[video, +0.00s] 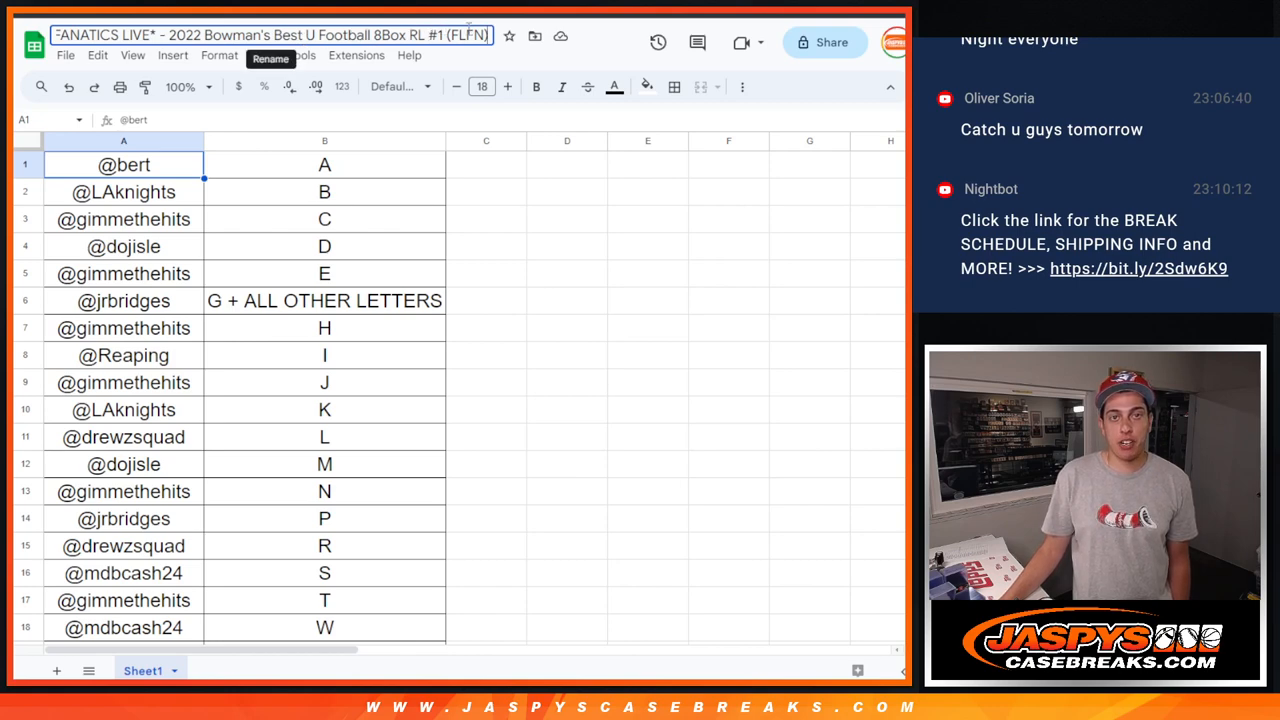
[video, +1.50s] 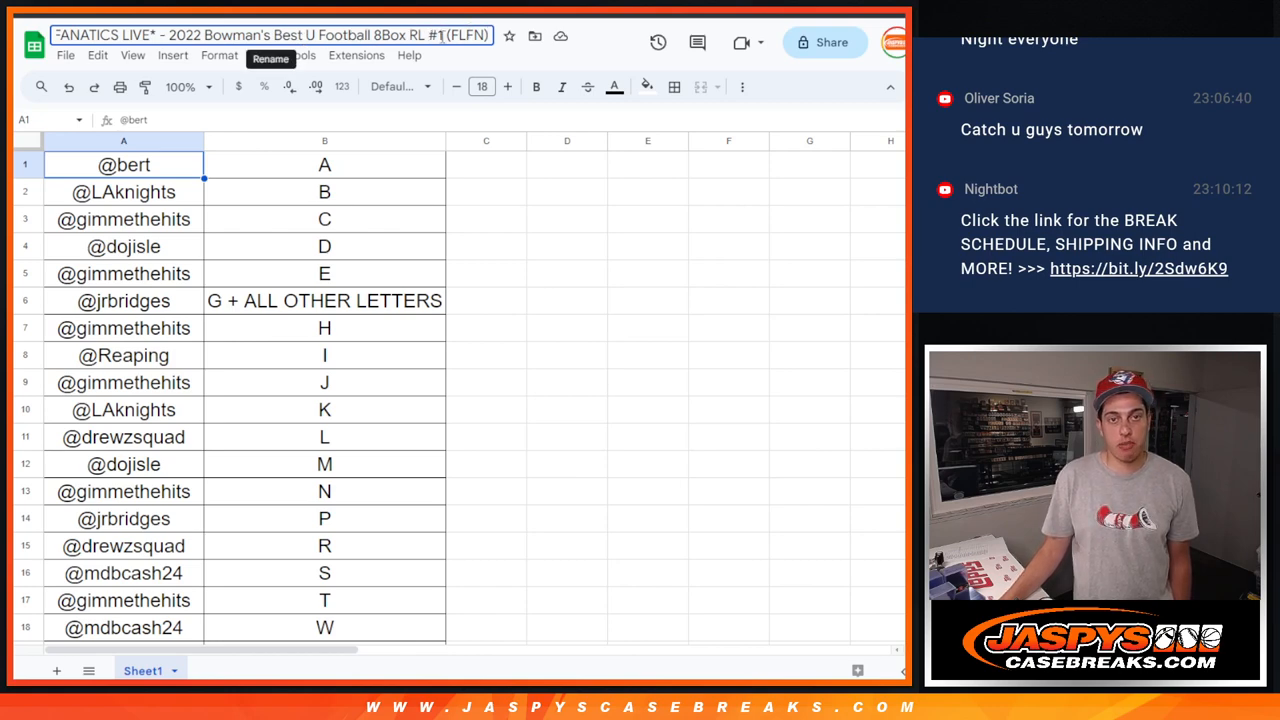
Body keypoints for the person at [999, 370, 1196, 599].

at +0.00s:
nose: (1126, 427)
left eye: (1136, 415)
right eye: (1114, 417)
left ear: (1150, 422)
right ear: (1102, 425)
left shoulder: (1175, 481)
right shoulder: (1074, 476)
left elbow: (1179, 558)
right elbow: (1051, 549)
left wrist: (1179, 611)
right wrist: (1007, 600)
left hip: (1153, 608)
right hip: (1090, 608)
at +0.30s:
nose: (1124, 428)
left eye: (1135, 416)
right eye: (1113, 417)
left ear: (1150, 421)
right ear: (1102, 425)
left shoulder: (1175, 481)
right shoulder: (1074, 476)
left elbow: (1179, 557)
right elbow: (1052, 549)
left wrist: (1180, 609)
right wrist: (1007, 600)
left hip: (1153, 607)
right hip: (1090, 608)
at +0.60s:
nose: (1119, 429)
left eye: (1131, 416)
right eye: (1109, 418)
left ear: (1150, 422)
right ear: (1101, 423)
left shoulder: (1175, 481)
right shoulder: (1074, 475)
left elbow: (1180, 557)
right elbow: (1051, 549)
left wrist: (1180, 610)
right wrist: (1007, 599)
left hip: (1153, 605)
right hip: (1090, 605)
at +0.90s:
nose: (1126, 429)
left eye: (1136, 416)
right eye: (1114, 417)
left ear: (1150, 421)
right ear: (1101, 425)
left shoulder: (1176, 481)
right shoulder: (1074, 476)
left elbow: (1180, 557)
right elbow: (1052, 550)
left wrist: (1180, 611)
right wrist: (1007, 599)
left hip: (1153, 606)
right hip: (1090, 606)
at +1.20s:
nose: (1127, 429)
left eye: (1136, 416)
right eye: (1115, 418)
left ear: (1150, 420)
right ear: (1101, 425)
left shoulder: (1175, 481)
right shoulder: (1074, 476)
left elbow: (1180, 557)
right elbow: (1052, 550)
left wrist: (1181, 611)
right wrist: (1007, 599)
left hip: (1154, 606)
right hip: (1090, 607)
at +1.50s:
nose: (1125, 430)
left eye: (1135, 416)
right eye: (1113, 418)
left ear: (1149, 420)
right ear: (1099, 424)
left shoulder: (1175, 481)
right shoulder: (1073, 477)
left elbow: (1180, 557)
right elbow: (1052, 549)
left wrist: (1181, 611)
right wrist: (1007, 599)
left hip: (1153, 605)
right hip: (1090, 607)